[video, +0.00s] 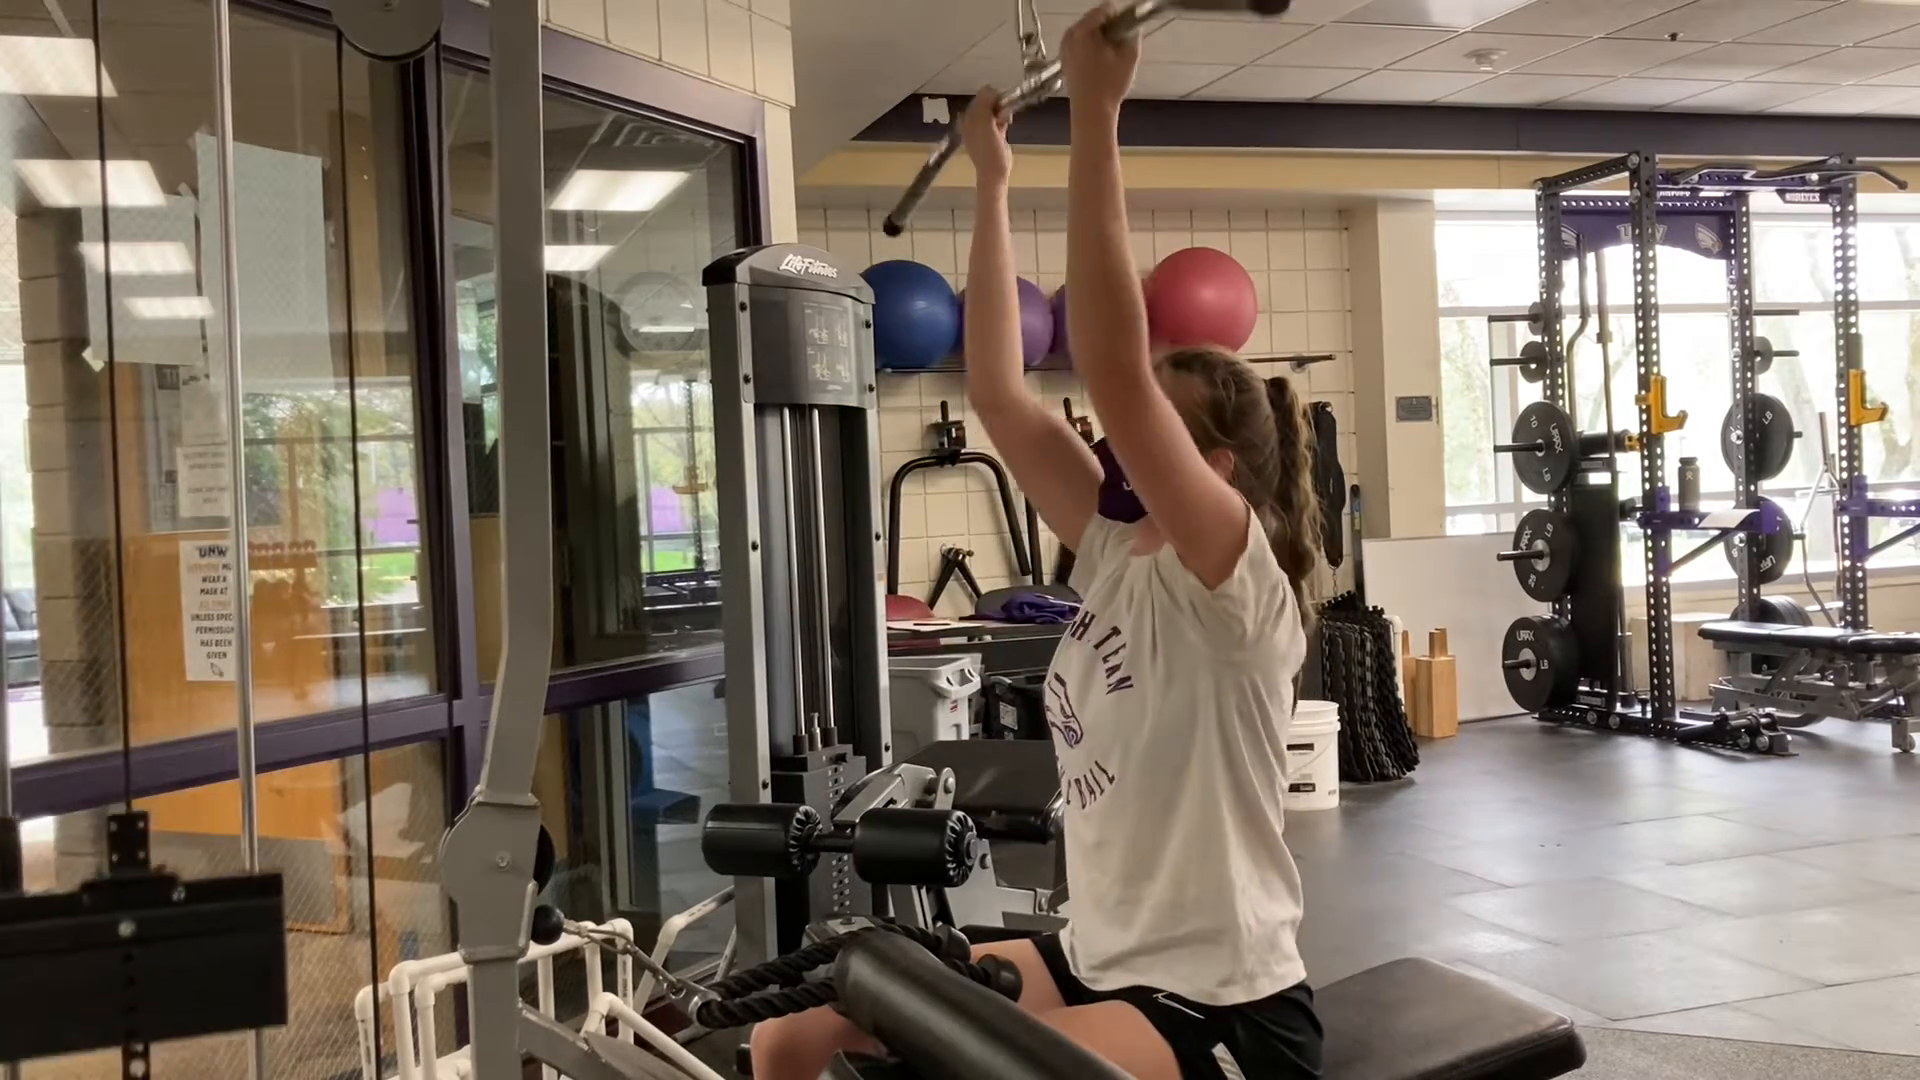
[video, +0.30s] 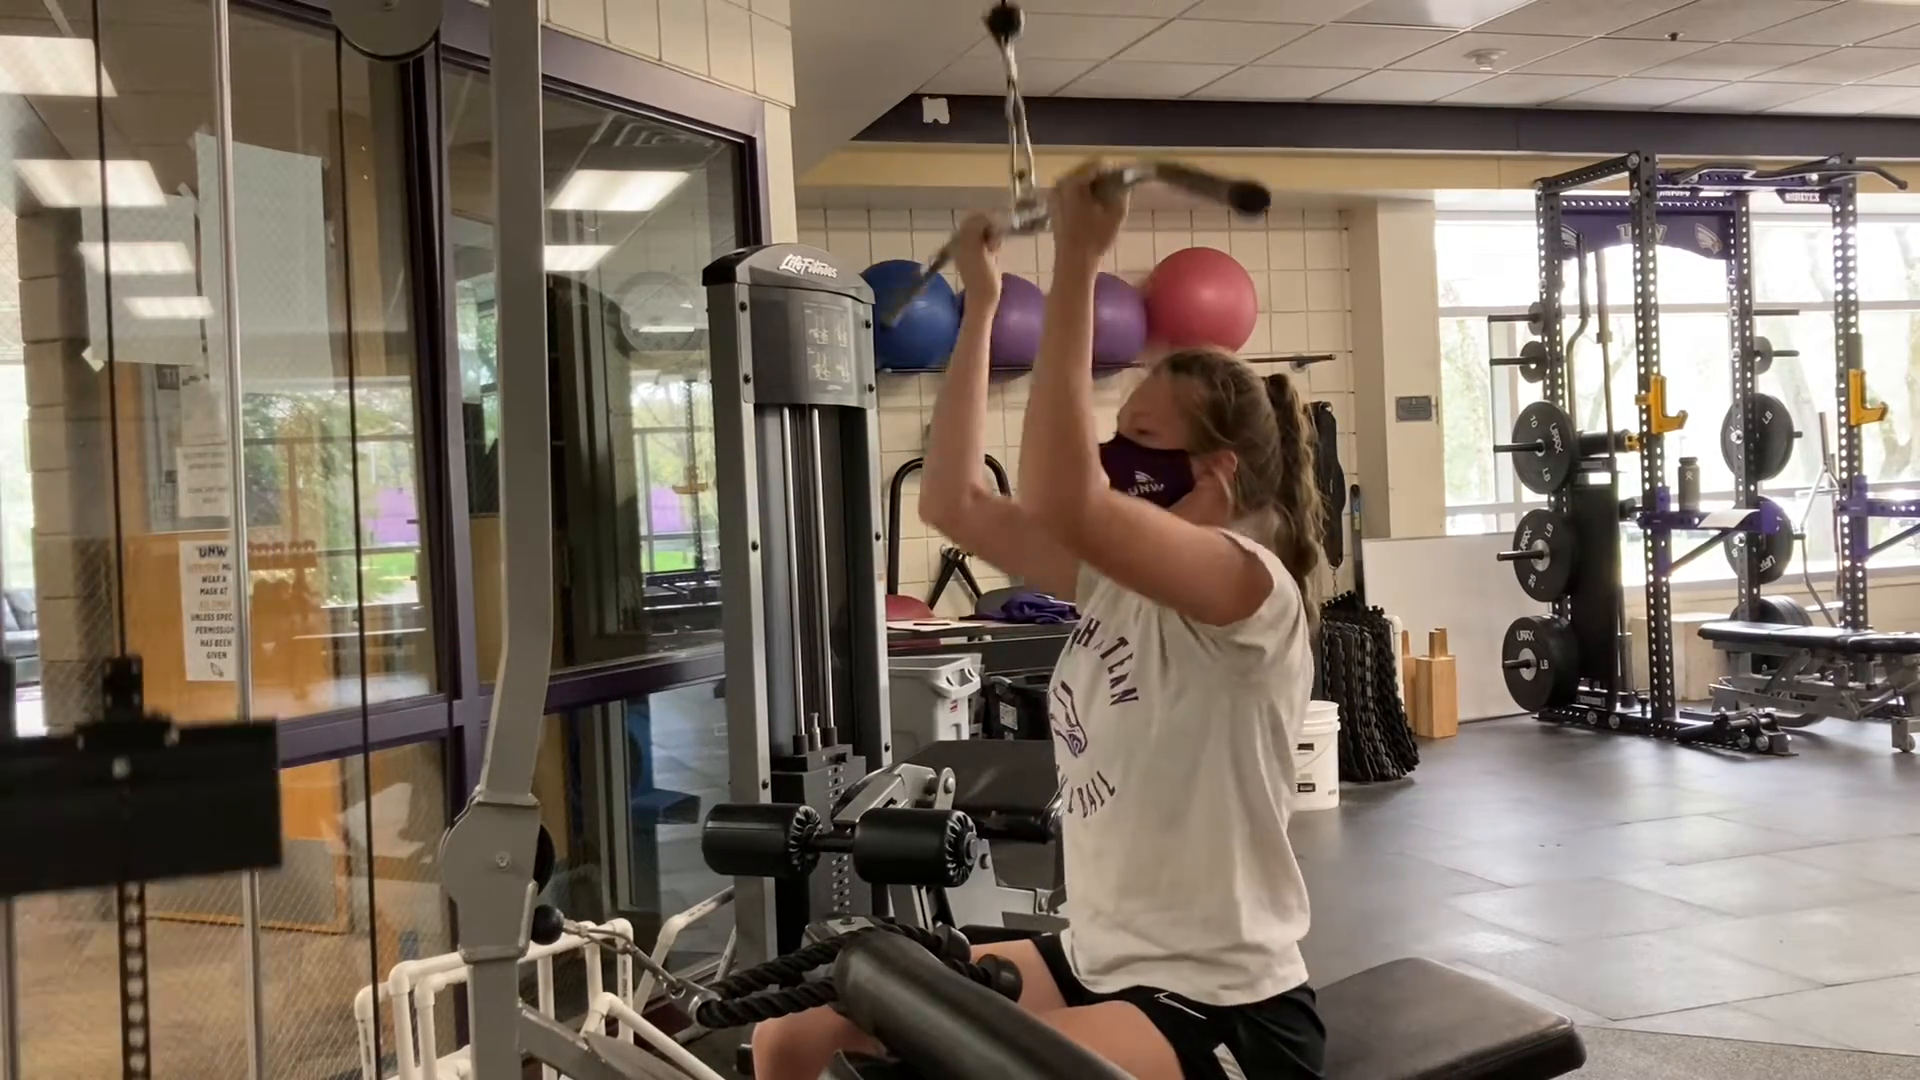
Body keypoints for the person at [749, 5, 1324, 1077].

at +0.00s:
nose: (1132, 451)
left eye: (1157, 425)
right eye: (1135, 430)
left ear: (1227, 458)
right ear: (1158, 451)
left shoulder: (1242, 576)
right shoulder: (1106, 543)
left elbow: (1117, 363)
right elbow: (1000, 392)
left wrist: (1094, 111)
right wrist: (991, 180)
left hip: (1222, 1008)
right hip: (1096, 967)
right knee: (792, 1040)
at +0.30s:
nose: (1112, 467)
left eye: (1140, 452)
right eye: (1112, 442)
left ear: (1216, 475)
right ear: (1097, 433)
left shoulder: (1246, 585)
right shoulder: (1108, 570)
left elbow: (1066, 503)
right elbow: (952, 500)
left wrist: (1075, 265)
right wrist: (981, 306)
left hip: (1226, 1004)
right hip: (1097, 960)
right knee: (790, 1037)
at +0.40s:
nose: (1107, 465)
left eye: (1138, 449)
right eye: (1111, 445)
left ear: (1219, 475)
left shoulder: (1250, 588)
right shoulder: (1114, 577)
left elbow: (1063, 566)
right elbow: (944, 561)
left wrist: (1074, 337)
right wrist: (974, 375)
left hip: (1225, 1006)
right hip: (1094, 960)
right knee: (795, 1033)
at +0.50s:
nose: (1110, 460)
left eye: (1142, 445)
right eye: (1112, 440)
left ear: (1217, 476)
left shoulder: (1254, 598)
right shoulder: (1105, 586)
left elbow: (1059, 655)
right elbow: (949, 637)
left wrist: (1075, 431)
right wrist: (970, 455)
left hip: (1225, 1004)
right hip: (1096, 962)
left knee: (949, 1061)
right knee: (791, 1037)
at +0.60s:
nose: (1110, 448)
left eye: (1138, 431)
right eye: (1113, 429)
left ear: (1210, 478)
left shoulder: (1252, 604)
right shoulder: (1109, 597)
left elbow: (1077, 728)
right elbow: (957, 696)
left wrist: (1082, 495)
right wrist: (975, 498)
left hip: (1224, 1002)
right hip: (1094, 962)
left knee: (975, 1064)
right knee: (790, 1041)